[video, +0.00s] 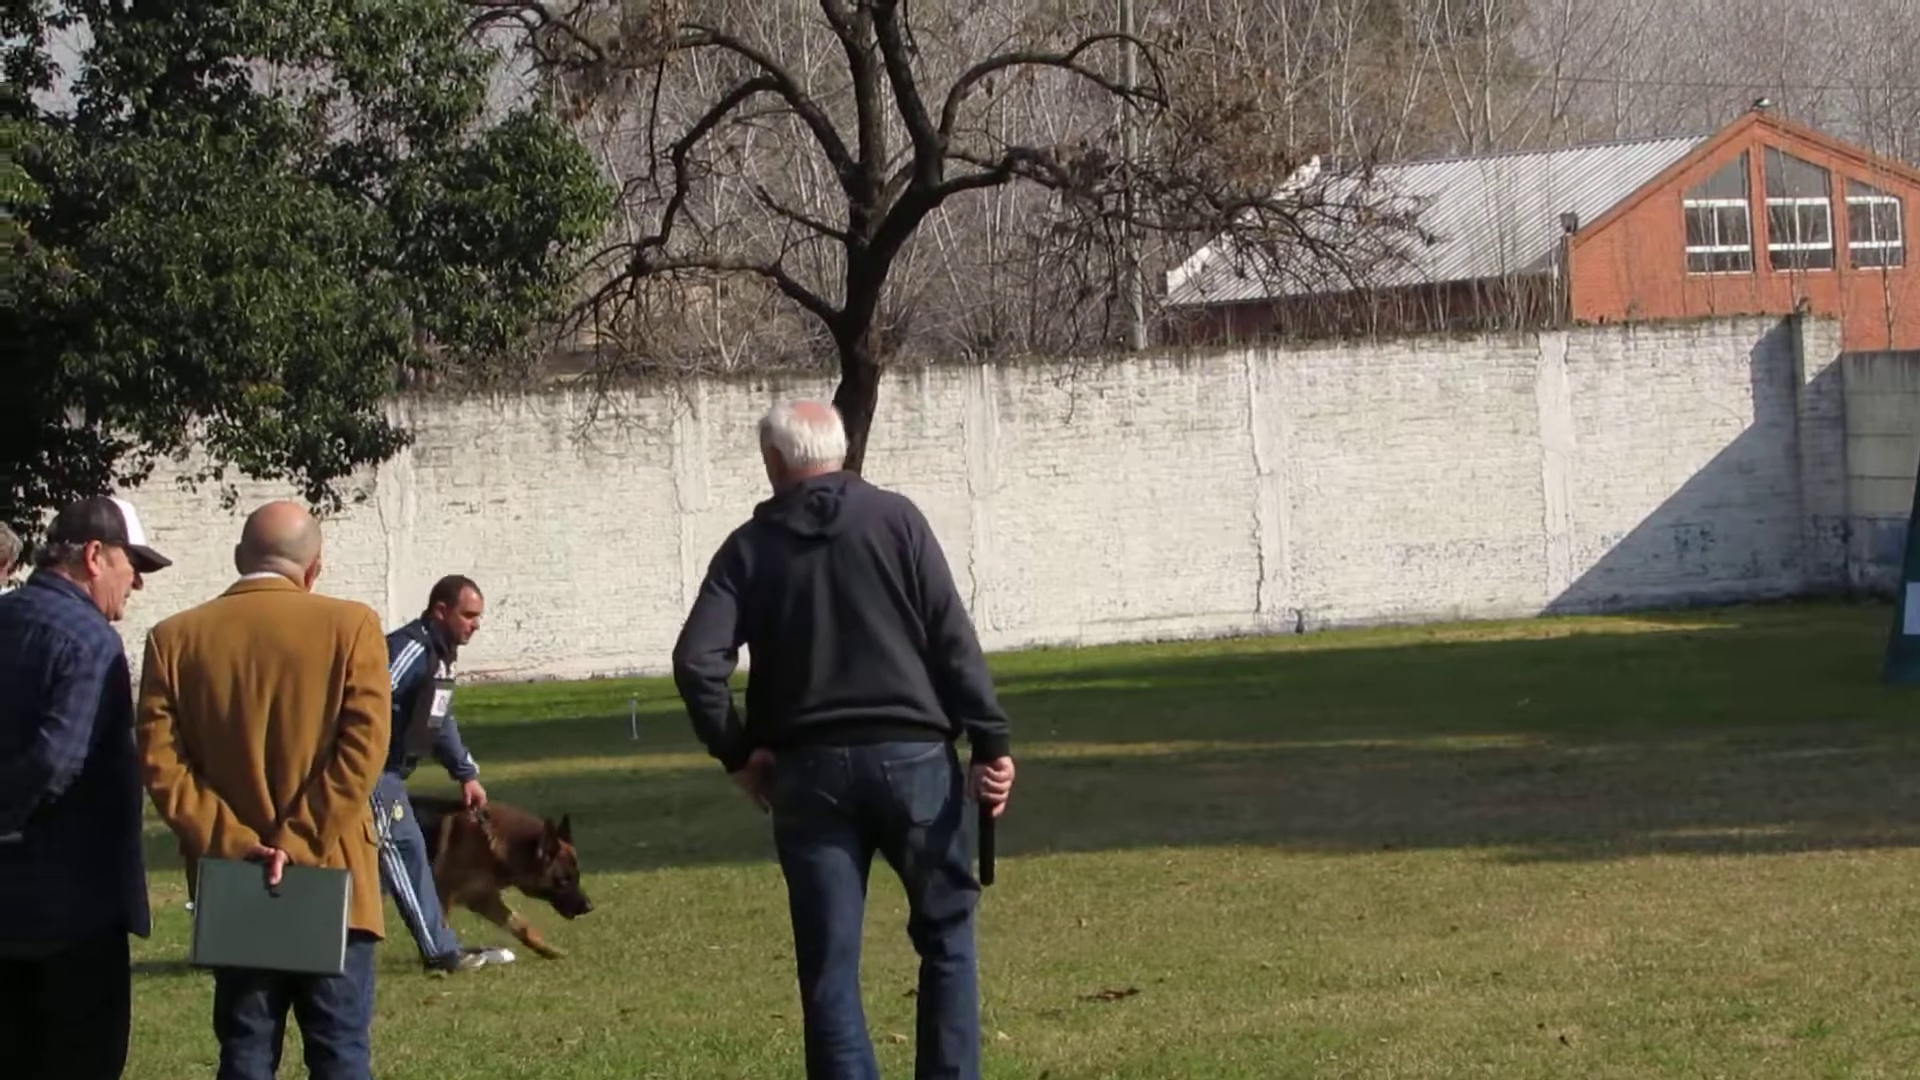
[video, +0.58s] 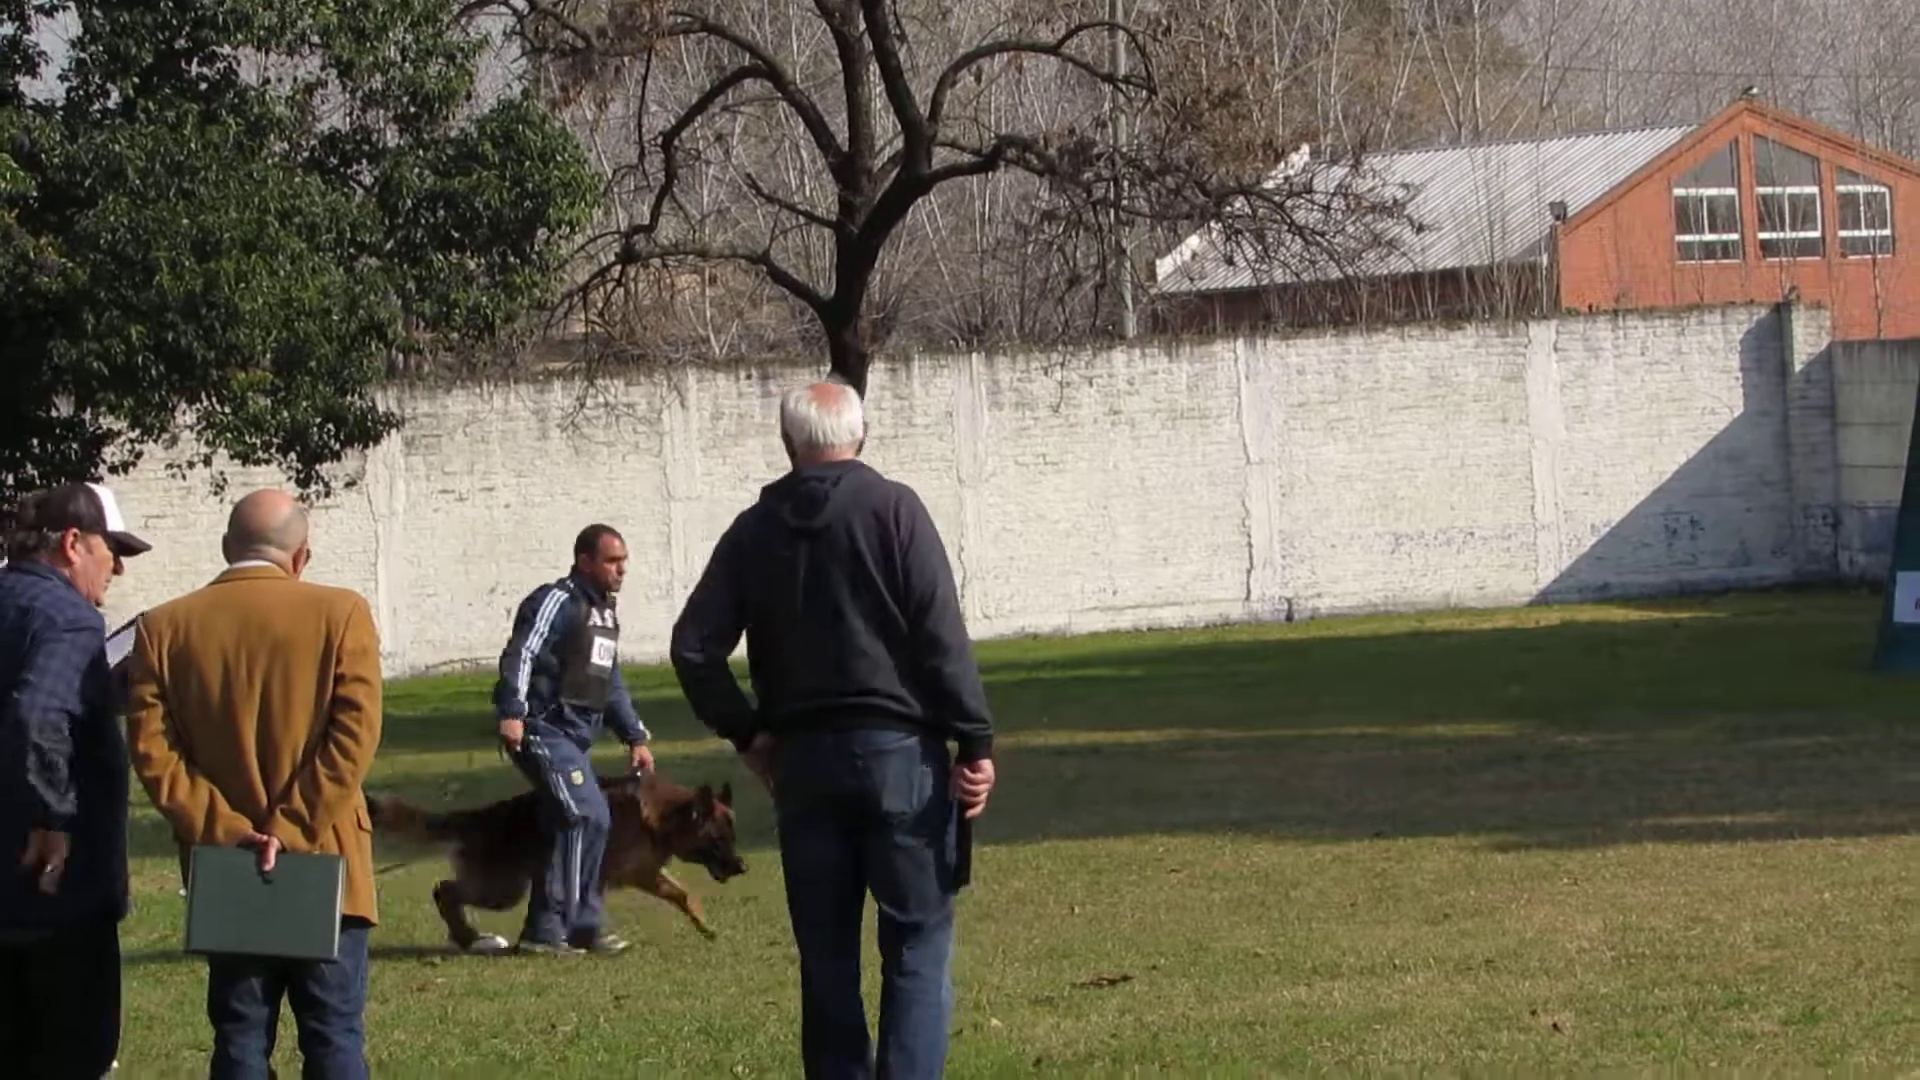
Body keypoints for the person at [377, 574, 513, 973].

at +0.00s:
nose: (475, 625)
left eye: (478, 617)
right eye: (469, 616)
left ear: (445, 612)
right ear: (441, 610)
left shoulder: (439, 652)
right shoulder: (411, 647)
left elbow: (440, 720)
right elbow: (369, 701)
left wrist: (467, 774)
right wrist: (366, 764)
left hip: (391, 770)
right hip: (376, 770)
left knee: (348, 858)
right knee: (406, 853)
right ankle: (441, 950)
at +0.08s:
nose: (481, 618)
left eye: (484, 609)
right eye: (474, 609)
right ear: (447, 604)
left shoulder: (449, 647)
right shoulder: (414, 644)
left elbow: (456, 711)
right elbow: (373, 701)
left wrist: (483, 769)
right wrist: (371, 761)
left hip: (406, 761)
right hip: (385, 761)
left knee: (395, 854)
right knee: (421, 841)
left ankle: (344, 936)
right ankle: (438, 952)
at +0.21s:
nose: (516, 610)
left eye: (518, 602)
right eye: (510, 602)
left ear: (490, 600)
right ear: (480, 598)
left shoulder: (489, 641)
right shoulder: (443, 635)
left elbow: (498, 707)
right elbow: (411, 696)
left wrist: (521, 763)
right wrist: (415, 760)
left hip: (455, 759)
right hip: (421, 759)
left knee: (474, 840)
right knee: (443, 840)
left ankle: (403, 905)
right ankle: (443, 951)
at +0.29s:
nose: (541, 605)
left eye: (543, 597)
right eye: (534, 597)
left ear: (513, 594)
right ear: (506, 591)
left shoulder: (515, 638)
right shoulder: (468, 627)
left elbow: (521, 708)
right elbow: (444, 689)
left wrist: (543, 763)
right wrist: (462, 746)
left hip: (479, 751)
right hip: (438, 749)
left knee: (509, 830)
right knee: (457, 836)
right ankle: (445, 948)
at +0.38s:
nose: (565, 598)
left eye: (566, 590)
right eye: (558, 589)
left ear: (539, 588)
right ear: (530, 585)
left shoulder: (539, 631)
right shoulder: (493, 620)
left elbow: (544, 700)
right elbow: (470, 678)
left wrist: (566, 758)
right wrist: (494, 730)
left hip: (512, 751)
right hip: (472, 749)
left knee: (539, 838)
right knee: (478, 839)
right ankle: (451, 945)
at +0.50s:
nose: (593, 580)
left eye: (595, 572)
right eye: (585, 572)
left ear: (588, 574)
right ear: (556, 573)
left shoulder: (574, 621)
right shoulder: (526, 610)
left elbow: (578, 695)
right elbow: (498, 666)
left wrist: (603, 752)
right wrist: (511, 719)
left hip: (548, 747)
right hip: (510, 741)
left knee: (564, 833)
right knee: (542, 831)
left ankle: (546, 934)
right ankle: (496, 922)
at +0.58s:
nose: (622, 568)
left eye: (623, 560)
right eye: (613, 560)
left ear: (619, 562)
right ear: (584, 561)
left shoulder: (604, 611)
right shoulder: (555, 600)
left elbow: (608, 681)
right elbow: (519, 654)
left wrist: (636, 737)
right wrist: (512, 712)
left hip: (575, 735)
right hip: (540, 730)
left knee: (591, 819)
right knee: (583, 815)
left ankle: (576, 924)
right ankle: (548, 925)